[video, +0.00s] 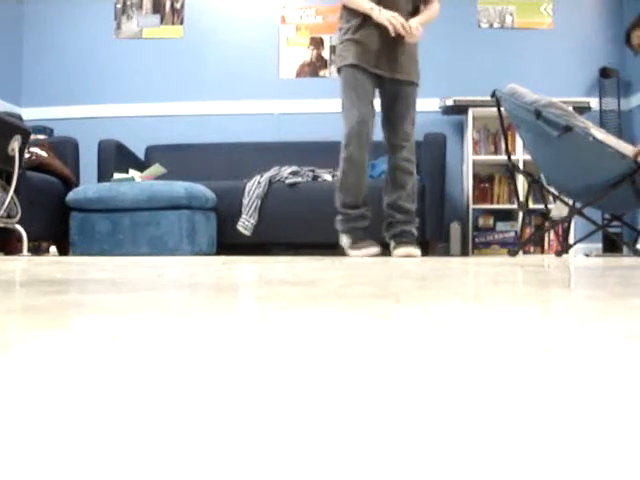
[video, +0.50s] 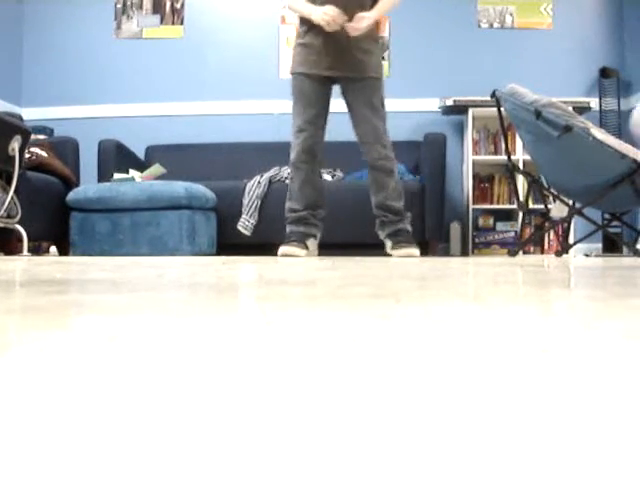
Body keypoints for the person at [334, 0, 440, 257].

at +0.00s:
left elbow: (434, 5)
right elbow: (345, 1)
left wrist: (417, 21)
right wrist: (377, 12)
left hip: (404, 42)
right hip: (359, 37)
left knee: (403, 140)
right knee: (358, 129)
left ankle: (403, 233)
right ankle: (353, 229)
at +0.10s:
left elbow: (432, 4)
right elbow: (343, 2)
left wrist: (417, 20)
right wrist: (372, 11)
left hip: (401, 44)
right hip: (354, 39)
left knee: (401, 141)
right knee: (349, 130)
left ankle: (403, 234)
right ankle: (335, 230)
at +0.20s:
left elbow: (431, 4)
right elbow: (341, 2)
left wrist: (415, 19)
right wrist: (371, 12)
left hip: (400, 45)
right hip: (352, 40)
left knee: (400, 141)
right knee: (344, 132)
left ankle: (403, 234)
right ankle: (329, 231)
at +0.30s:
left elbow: (421, 2)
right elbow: (328, 3)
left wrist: (405, 18)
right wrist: (358, 13)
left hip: (391, 45)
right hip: (342, 44)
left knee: (396, 144)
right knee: (327, 137)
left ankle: (403, 237)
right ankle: (307, 234)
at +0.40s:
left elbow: (410, 1)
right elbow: (310, 2)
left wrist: (393, 18)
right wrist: (340, 11)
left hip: (380, 47)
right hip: (330, 46)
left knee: (389, 143)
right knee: (316, 140)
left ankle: (401, 236)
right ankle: (302, 235)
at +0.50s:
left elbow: (393, 2)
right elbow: (289, 3)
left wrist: (372, 15)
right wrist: (314, 12)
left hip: (362, 44)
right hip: (312, 44)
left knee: (377, 146)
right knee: (304, 145)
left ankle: (397, 234)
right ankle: (301, 235)